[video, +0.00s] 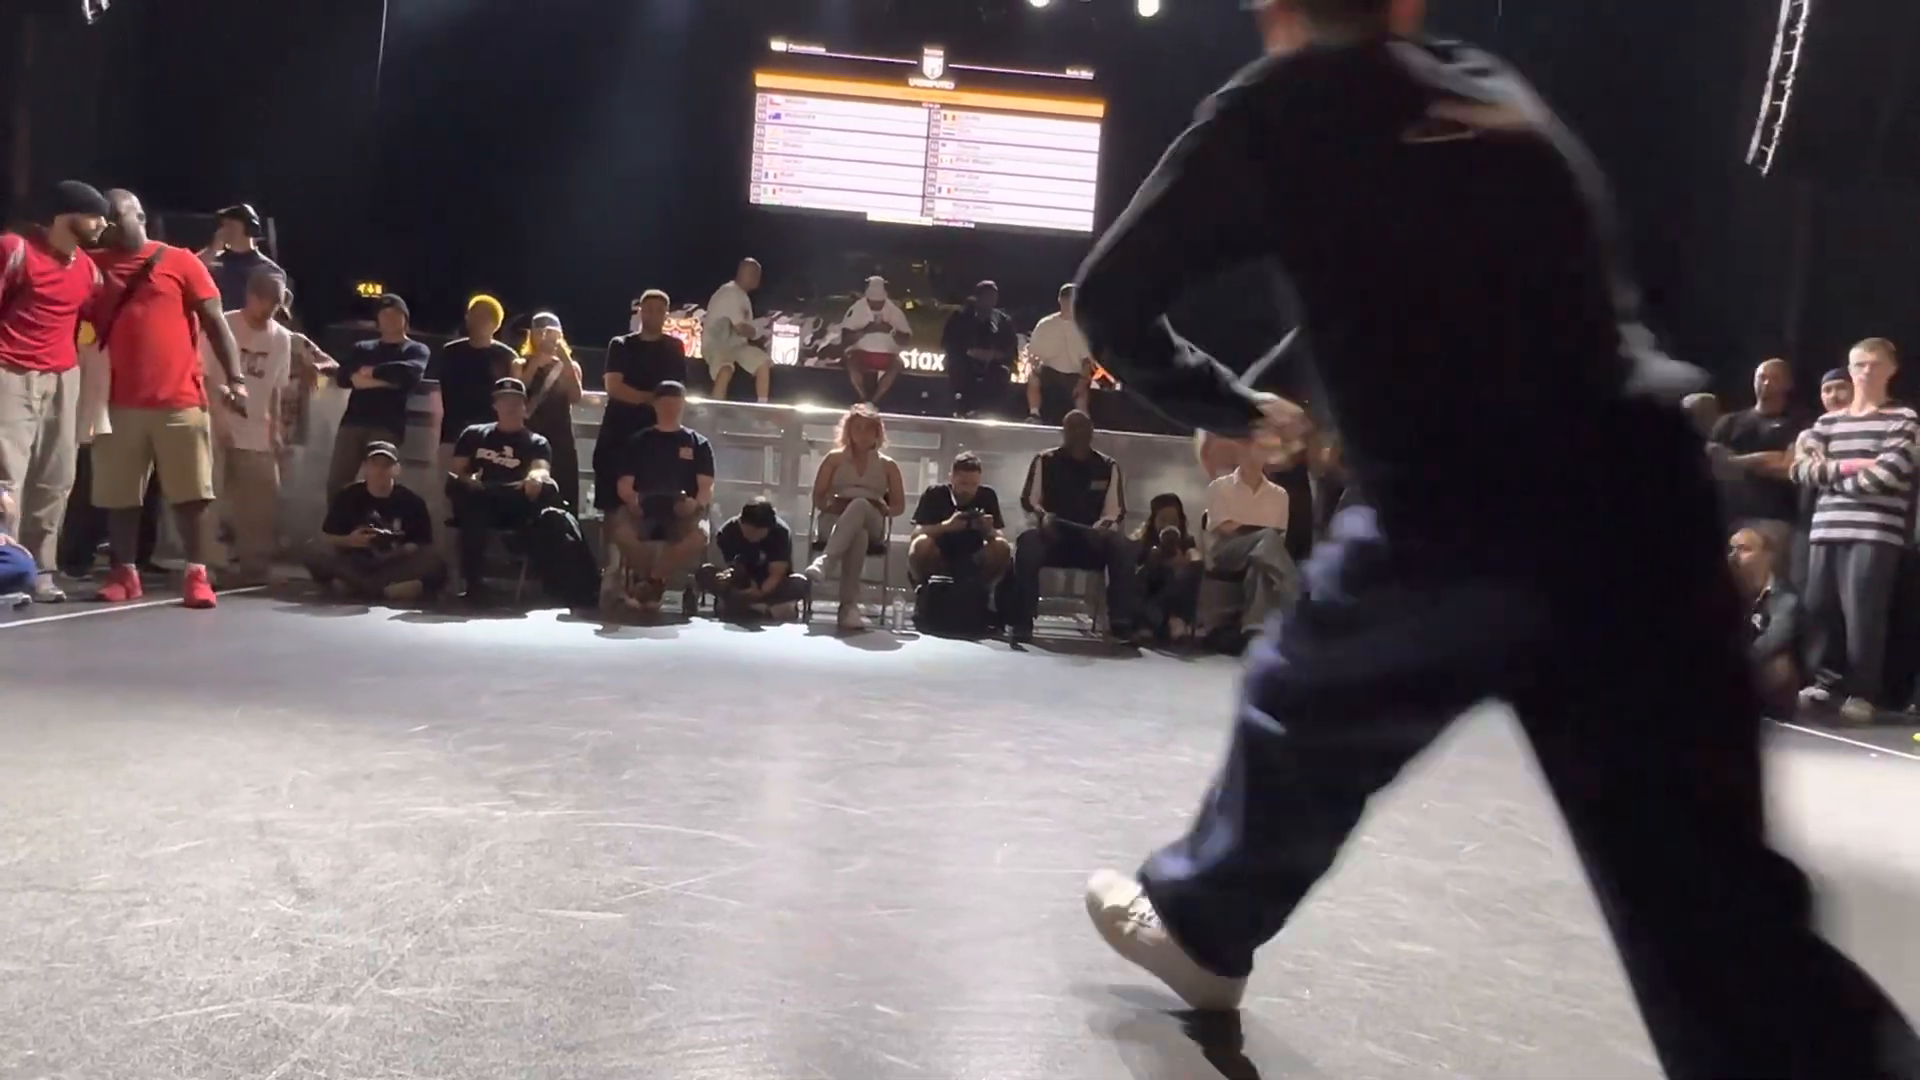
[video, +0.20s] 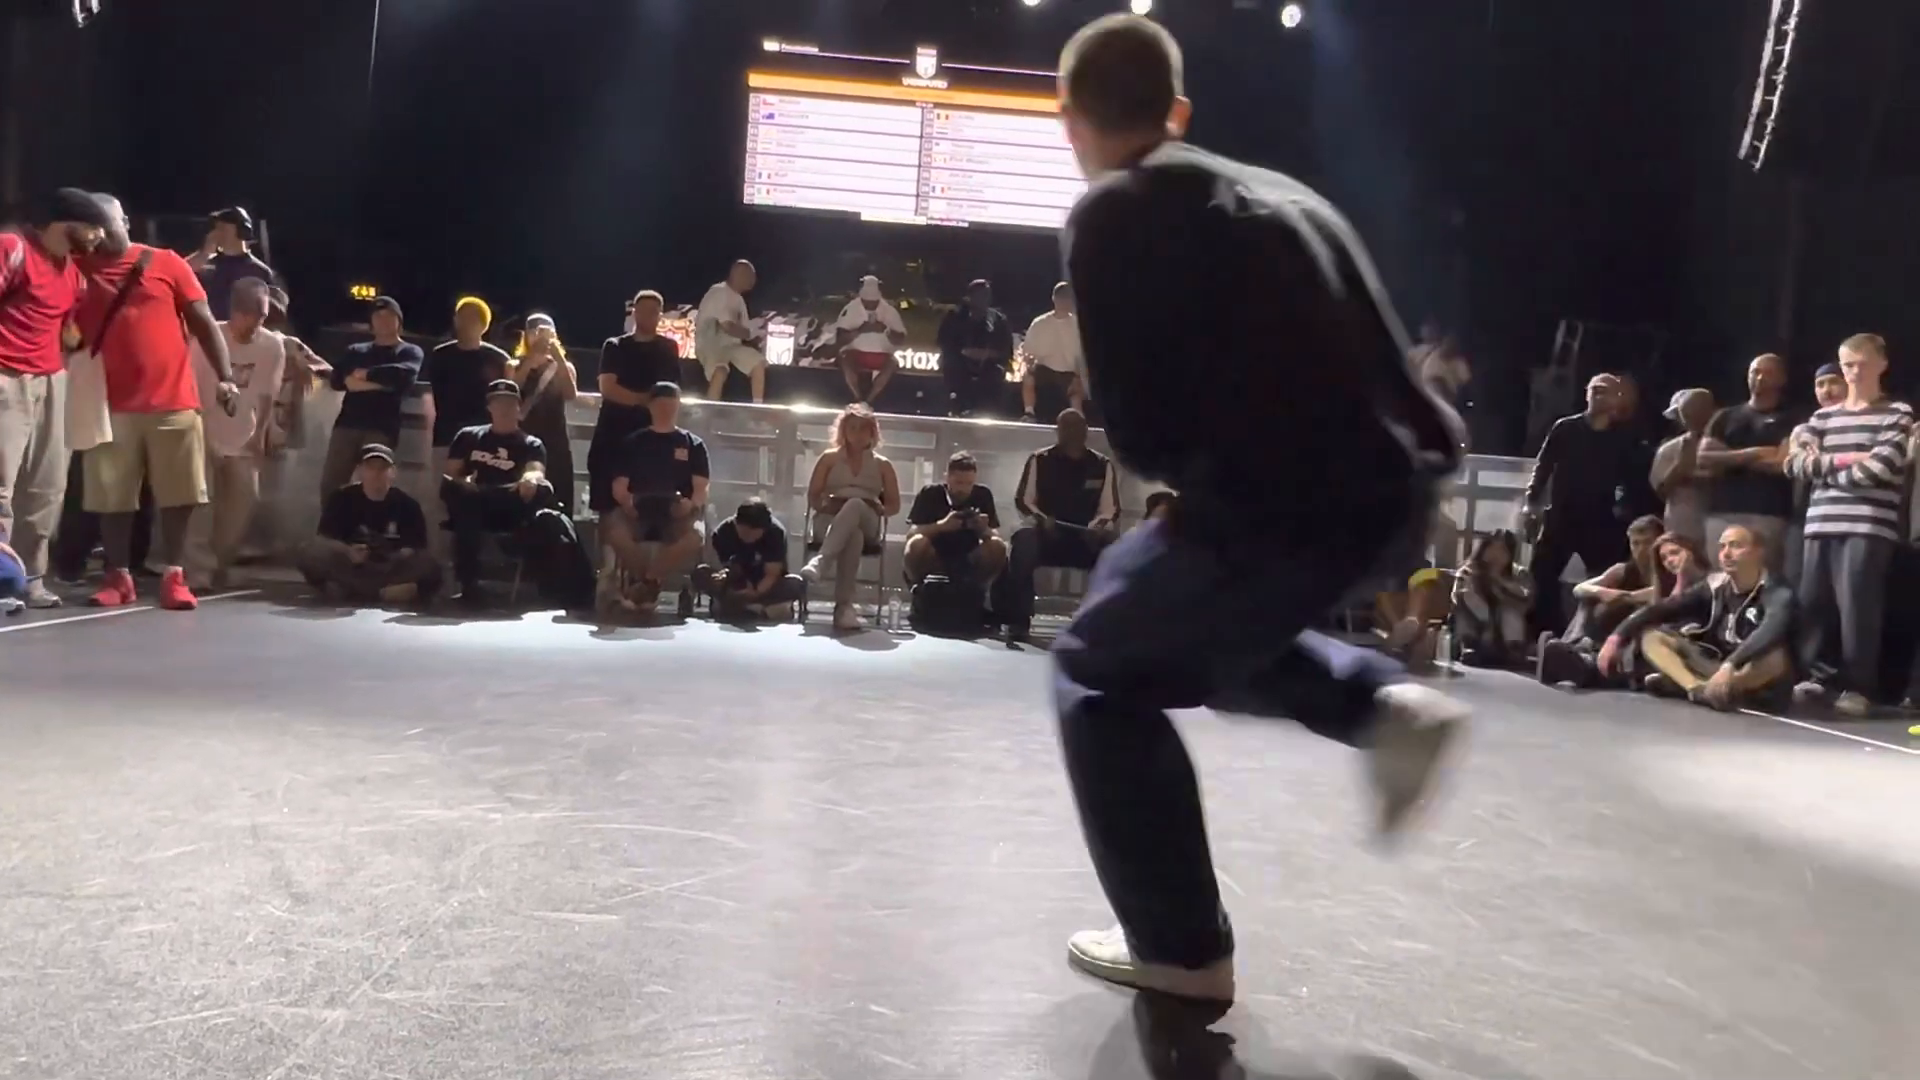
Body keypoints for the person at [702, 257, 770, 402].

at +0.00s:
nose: (758, 280)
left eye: (758, 276)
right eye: (756, 275)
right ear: (746, 275)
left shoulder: (743, 297)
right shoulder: (730, 292)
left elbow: (747, 325)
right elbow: (740, 327)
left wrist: (764, 322)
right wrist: (756, 332)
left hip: (738, 345)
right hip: (717, 345)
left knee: (763, 364)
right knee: (725, 370)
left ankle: (762, 407)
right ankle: (715, 410)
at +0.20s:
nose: (753, 280)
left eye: (753, 276)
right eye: (750, 276)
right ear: (738, 276)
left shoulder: (739, 299)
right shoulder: (719, 292)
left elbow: (744, 326)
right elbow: (727, 325)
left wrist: (760, 323)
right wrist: (749, 333)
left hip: (732, 346)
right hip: (711, 346)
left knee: (758, 364)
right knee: (720, 372)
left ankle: (757, 409)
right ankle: (710, 412)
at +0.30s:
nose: (739, 281)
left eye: (742, 278)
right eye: (736, 276)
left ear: (745, 281)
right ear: (728, 275)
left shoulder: (737, 303)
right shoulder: (710, 293)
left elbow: (744, 334)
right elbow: (700, 322)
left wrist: (729, 328)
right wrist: (723, 326)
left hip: (729, 347)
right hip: (706, 345)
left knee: (755, 366)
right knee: (716, 372)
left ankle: (754, 410)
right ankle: (706, 412)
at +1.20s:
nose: (723, 294)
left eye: (726, 290)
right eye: (719, 290)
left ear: (729, 295)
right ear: (710, 292)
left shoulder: (730, 318)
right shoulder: (697, 312)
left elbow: (737, 350)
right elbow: (700, 345)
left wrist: (711, 345)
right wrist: (725, 345)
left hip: (725, 362)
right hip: (701, 362)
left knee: (753, 383)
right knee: (709, 391)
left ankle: (756, 428)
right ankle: (703, 432)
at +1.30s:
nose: (724, 297)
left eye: (727, 294)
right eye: (720, 293)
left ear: (730, 298)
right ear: (711, 295)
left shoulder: (730, 321)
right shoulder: (698, 315)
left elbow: (737, 353)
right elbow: (700, 347)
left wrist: (713, 346)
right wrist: (727, 349)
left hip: (725, 366)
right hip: (703, 365)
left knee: (754, 386)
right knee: (709, 394)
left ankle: (754, 427)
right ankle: (703, 434)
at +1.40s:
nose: (726, 304)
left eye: (728, 299)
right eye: (722, 300)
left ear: (729, 300)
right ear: (714, 300)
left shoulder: (730, 315)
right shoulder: (699, 315)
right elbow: (698, 345)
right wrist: (714, 355)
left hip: (724, 361)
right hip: (700, 360)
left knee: (752, 389)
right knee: (710, 393)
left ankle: (755, 431)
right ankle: (702, 434)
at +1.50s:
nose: (724, 298)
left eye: (727, 295)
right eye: (720, 294)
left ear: (730, 299)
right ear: (711, 296)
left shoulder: (730, 323)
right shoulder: (698, 316)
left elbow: (737, 349)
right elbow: (698, 347)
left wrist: (755, 344)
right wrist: (728, 352)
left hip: (726, 366)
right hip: (702, 365)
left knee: (752, 383)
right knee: (710, 393)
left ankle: (756, 431)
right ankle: (703, 434)